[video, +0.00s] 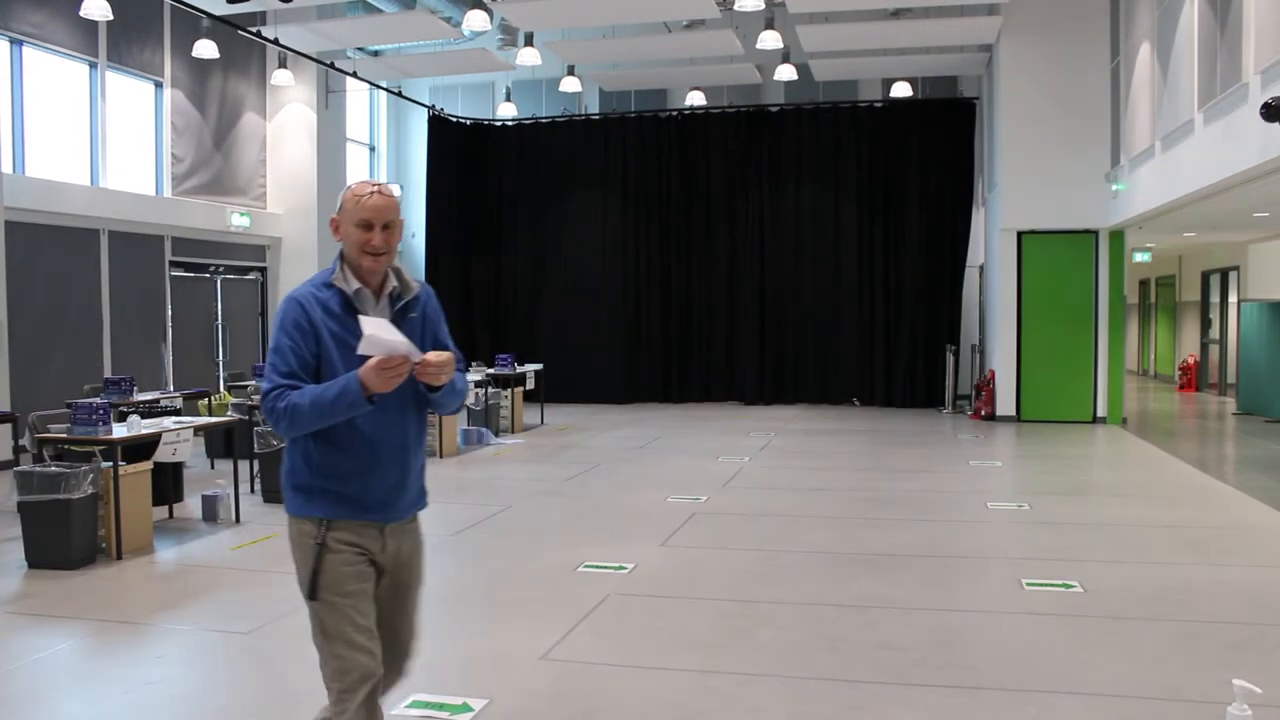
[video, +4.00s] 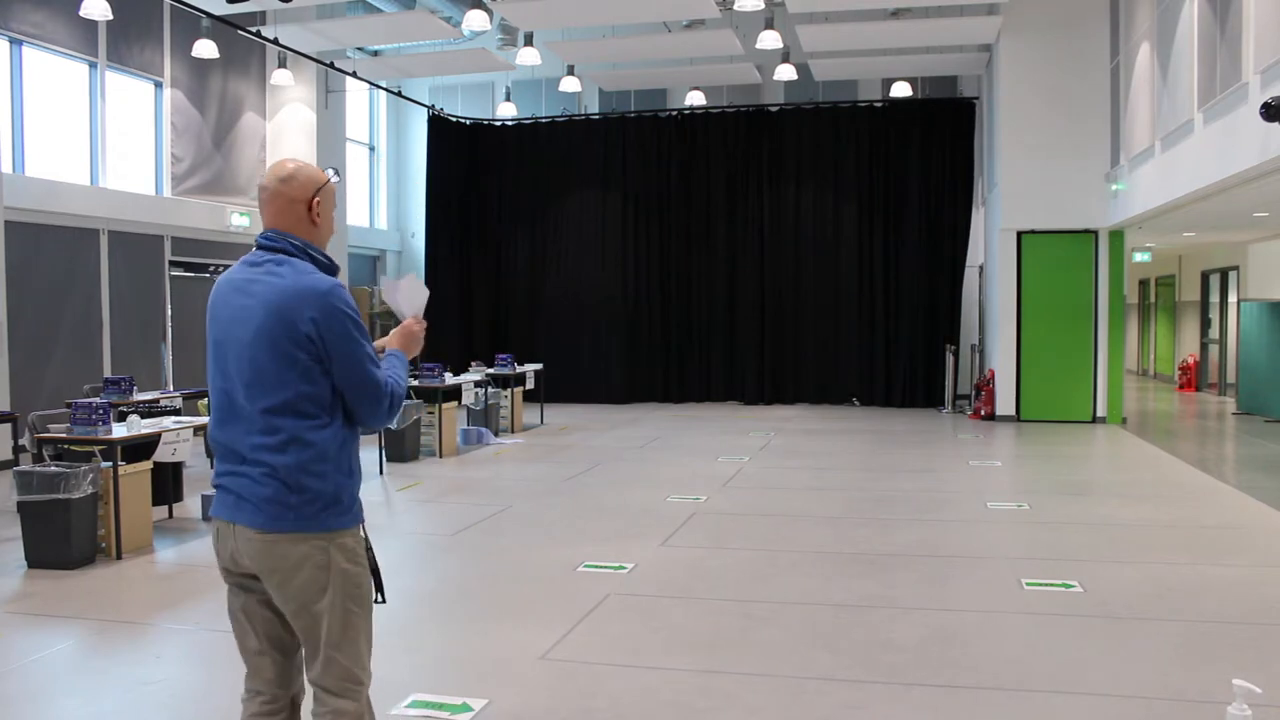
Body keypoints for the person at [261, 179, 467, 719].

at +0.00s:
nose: (379, 240)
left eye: (390, 227)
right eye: (365, 227)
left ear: (401, 231)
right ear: (336, 229)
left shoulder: (419, 301)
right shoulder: (305, 307)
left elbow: (453, 398)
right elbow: (279, 411)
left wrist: (446, 380)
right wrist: (360, 384)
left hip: (400, 518)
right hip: (329, 521)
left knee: (391, 662)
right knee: (356, 679)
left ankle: (336, 714)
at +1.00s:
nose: (470, 223)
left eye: (482, 211)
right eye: (457, 211)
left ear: (496, 218)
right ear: (432, 218)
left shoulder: (522, 290)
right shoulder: (404, 293)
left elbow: (558, 389)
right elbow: (388, 390)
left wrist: (527, 360)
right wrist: (445, 341)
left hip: (511, 514)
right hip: (428, 517)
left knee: (499, 681)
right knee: (429, 688)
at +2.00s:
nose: (482, 226)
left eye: (491, 216)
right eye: (469, 214)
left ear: (499, 223)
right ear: (436, 218)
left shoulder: (517, 293)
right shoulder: (407, 297)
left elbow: (553, 385)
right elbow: (417, 399)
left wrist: (558, 337)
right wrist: (490, 343)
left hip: (512, 513)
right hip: (436, 517)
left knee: (501, 680)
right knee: (446, 680)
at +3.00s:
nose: (414, 229)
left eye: (414, 215)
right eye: (406, 213)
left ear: (363, 209)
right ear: (363, 206)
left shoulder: (354, 288)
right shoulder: (339, 297)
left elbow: (410, 378)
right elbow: (396, 418)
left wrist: (492, 350)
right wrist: (489, 366)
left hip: (355, 529)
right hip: (344, 534)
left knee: (356, 692)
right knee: (368, 700)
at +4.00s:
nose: (333, 214)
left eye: (331, 202)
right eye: (331, 203)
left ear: (265, 211)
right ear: (316, 208)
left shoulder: (227, 286)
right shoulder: (321, 295)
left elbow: (282, 380)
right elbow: (374, 407)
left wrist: (368, 349)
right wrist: (398, 352)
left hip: (234, 523)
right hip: (309, 532)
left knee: (268, 692)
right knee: (341, 694)